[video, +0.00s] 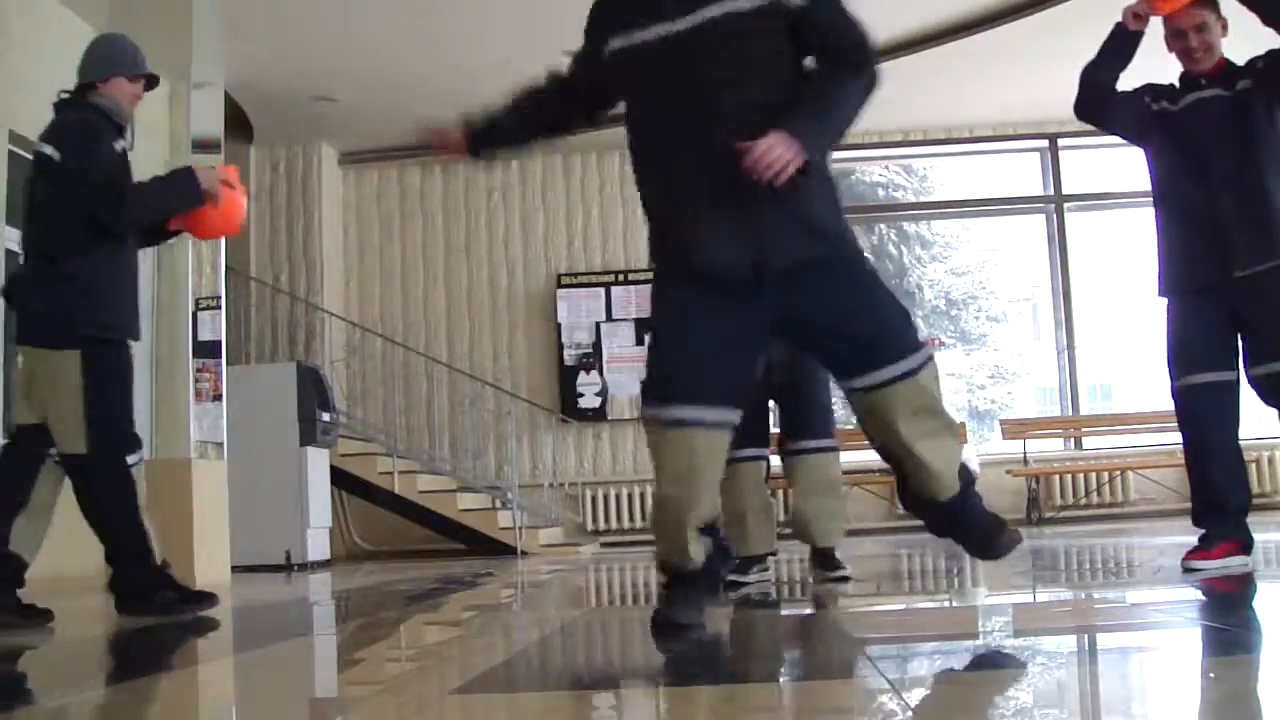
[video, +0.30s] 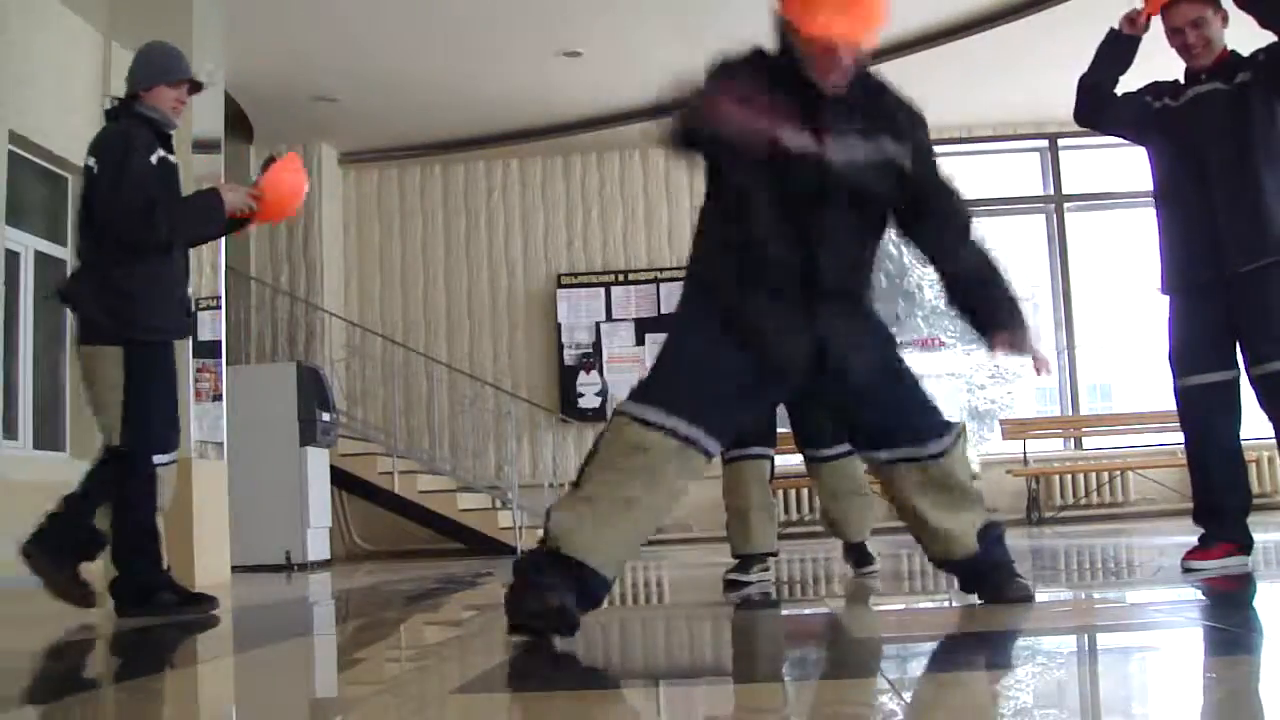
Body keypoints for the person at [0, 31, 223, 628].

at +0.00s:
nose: (142, 94)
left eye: (143, 84)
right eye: (136, 83)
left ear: (99, 84)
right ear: (107, 81)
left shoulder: (69, 131)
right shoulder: (90, 131)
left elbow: (114, 232)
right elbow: (116, 212)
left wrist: (181, 217)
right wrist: (191, 181)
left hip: (46, 326)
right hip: (81, 328)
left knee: (28, 454)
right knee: (99, 457)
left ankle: (3, 585)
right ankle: (141, 584)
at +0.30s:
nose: (186, 100)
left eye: (188, 91)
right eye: (178, 89)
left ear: (161, 92)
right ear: (148, 88)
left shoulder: (144, 143)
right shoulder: (128, 140)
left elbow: (162, 232)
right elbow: (139, 227)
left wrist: (225, 215)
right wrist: (215, 203)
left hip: (137, 324)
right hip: (124, 325)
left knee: (138, 448)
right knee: (136, 450)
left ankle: (56, 546)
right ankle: (141, 586)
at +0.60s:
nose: (214, 137)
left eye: (217, 129)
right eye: (210, 126)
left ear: (195, 124)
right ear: (186, 118)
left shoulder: (202, 183)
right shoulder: (137, 150)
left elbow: (257, 211)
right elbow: (164, 181)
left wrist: (271, 148)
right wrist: (210, 124)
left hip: (193, 329)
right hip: (156, 325)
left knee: (205, 453)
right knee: (163, 455)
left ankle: (203, 573)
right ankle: (142, 582)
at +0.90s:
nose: (221, 146)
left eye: (227, 139)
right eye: (214, 135)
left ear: (230, 145)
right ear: (186, 133)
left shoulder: (233, 192)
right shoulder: (157, 172)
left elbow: (285, 207)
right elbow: (145, 150)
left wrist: (270, 146)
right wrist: (190, 106)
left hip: (224, 333)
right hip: (173, 327)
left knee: (220, 453)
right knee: (174, 450)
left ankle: (207, 572)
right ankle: (155, 573)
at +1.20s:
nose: (216, 151)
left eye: (223, 143)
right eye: (209, 139)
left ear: (228, 146)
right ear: (180, 131)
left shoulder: (230, 197)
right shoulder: (152, 179)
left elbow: (282, 210)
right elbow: (136, 154)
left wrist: (258, 151)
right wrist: (179, 110)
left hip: (225, 338)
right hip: (174, 334)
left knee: (223, 458)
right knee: (176, 456)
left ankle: (208, 573)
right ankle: (156, 573)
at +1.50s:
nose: (196, 146)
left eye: (205, 140)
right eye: (187, 134)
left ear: (212, 146)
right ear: (160, 130)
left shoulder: (217, 196)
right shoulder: (137, 178)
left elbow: (269, 207)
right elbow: (117, 155)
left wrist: (244, 148)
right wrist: (157, 113)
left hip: (211, 338)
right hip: (157, 334)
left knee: (213, 455)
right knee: (160, 456)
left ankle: (205, 571)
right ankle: (152, 574)